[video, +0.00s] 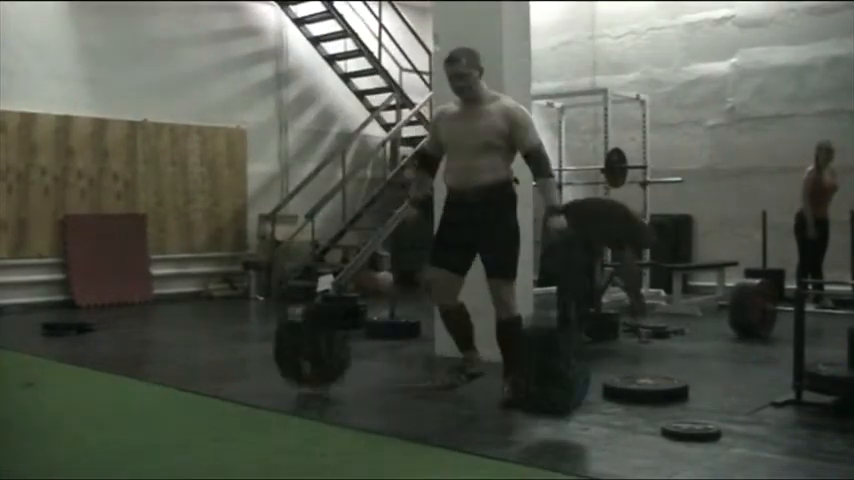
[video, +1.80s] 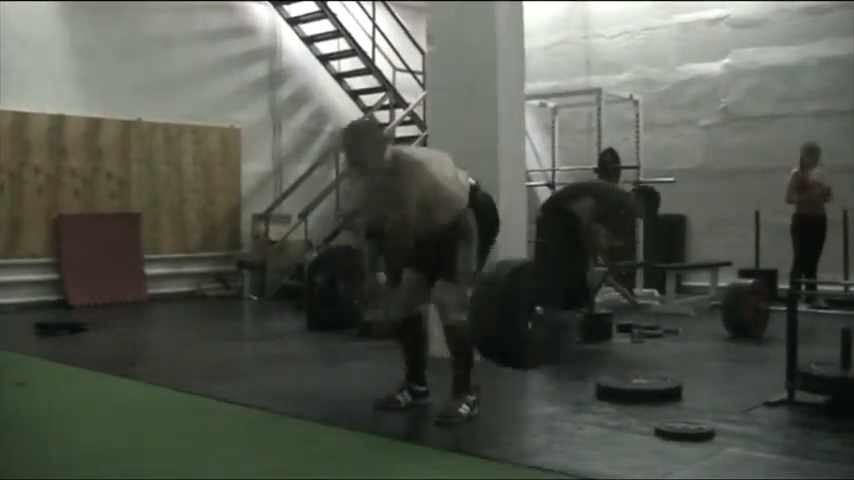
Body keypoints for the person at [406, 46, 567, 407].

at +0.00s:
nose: (459, 84)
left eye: (464, 77)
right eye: (453, 79)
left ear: (480, 73)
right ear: (448, 81)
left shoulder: (510, 113)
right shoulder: (443, 119)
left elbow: (540, 166)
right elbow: (427, 164)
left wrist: (554, 210)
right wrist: (417, 195)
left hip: (497, 207)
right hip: (457, 208)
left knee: (502, 294)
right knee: (440, 287)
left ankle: (514, 379)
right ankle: (470, 359)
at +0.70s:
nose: (413, 116)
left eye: (416, 108)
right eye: (409, 110)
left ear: (435, 98)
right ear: (413, 106)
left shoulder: (483, 126)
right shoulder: (424, 136)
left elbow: (515, 177)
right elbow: (407, 185)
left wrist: (515, 229)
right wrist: (390, 225)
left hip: (491, 211)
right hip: (455, 214)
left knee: (486, 295)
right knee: (427, 290)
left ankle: (497, 389)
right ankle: (454, 362)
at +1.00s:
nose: (372, 155)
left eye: (372, 147)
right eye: (367, 149)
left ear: (388, 135)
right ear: (372, 144)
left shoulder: (449, 148)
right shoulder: (396, 172)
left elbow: (484, 202)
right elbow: (387, 229)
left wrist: (491, 255)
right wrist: (380, 278)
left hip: (479, 216)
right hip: (443, 221)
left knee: (472, 299)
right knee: (420, 293)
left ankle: (491, 392)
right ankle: (416, 384)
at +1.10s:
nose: (366, 182)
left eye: (366, 174)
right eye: (362, 178)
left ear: (381, 161)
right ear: (365, 171)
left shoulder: (440, 173)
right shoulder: (385, 186)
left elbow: (472, 228)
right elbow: (380, 238)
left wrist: (482, 282)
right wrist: (377, 282)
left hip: (483, 225)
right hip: (441, 231)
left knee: (460, 299)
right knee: (412, 294)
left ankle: (471, 396)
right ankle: (416, 385)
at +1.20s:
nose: (369, 210)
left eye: (370, 201)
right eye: (363, 206)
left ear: (382, 191)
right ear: (362, 205)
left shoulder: (436, 210)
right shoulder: (385, 218)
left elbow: (465, 267)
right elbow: (376, 270)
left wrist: (475, 316)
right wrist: (372, 323)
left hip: (481, 243)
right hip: (432, 248)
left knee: (445, 307)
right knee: (403, 299)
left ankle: (469, 395)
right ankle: (416, 385)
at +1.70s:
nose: (356, 214)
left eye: (361, 206)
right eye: (351, 207)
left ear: (381, 195)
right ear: (346, 201)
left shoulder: (424, 210)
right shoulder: (369, 213)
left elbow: (462, 259)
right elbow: (372, 258)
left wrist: (467, 318)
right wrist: (334, 284)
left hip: (477, 226)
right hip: (429, 235)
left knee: (445, 303)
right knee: (406, 302)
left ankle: (464, 396)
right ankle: (415, 386)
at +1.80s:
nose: (354, 163)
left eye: (360, 155)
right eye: (351, 156)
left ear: (380, 147)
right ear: (348, 152)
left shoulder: (417, 171)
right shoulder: (363, 179)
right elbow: (371, 228)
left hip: (467, 216)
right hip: (424, 224)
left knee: (450, 299)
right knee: (407, 298)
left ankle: (464, 394)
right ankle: (415, 386)